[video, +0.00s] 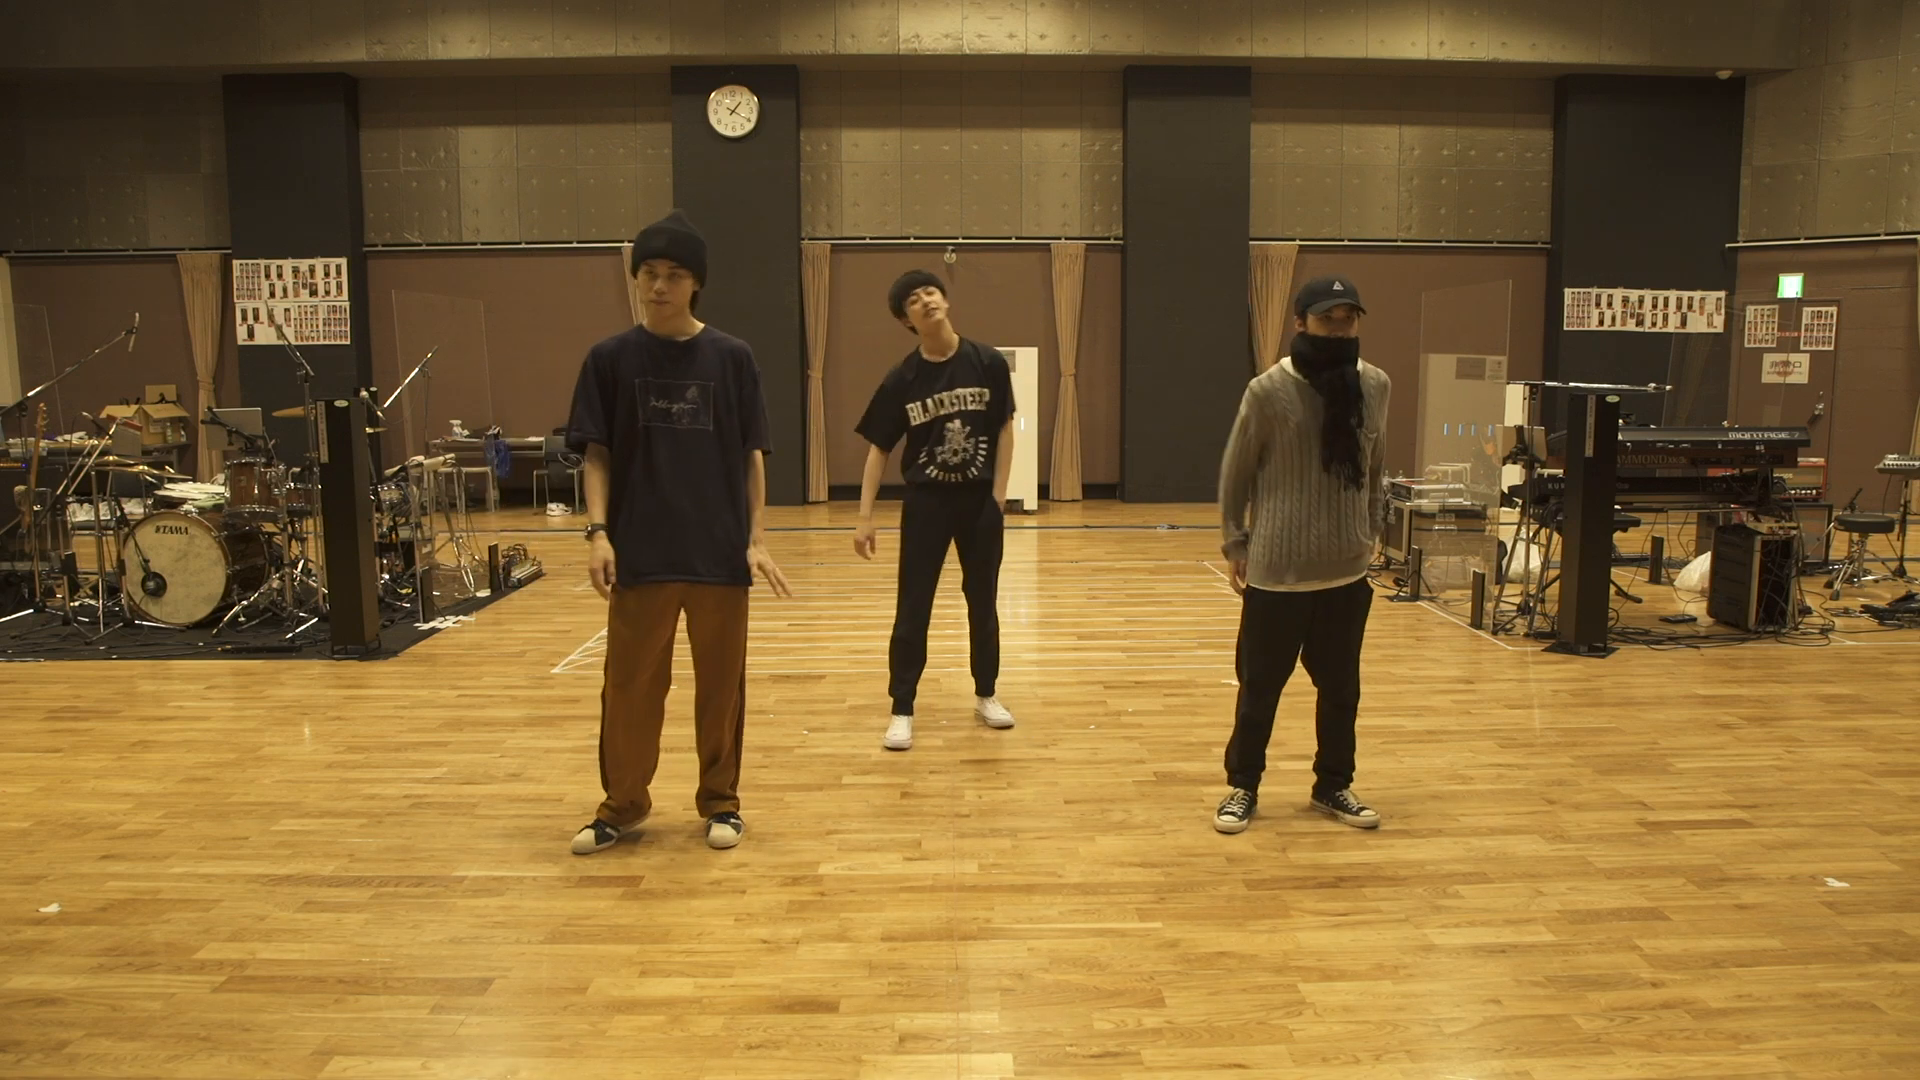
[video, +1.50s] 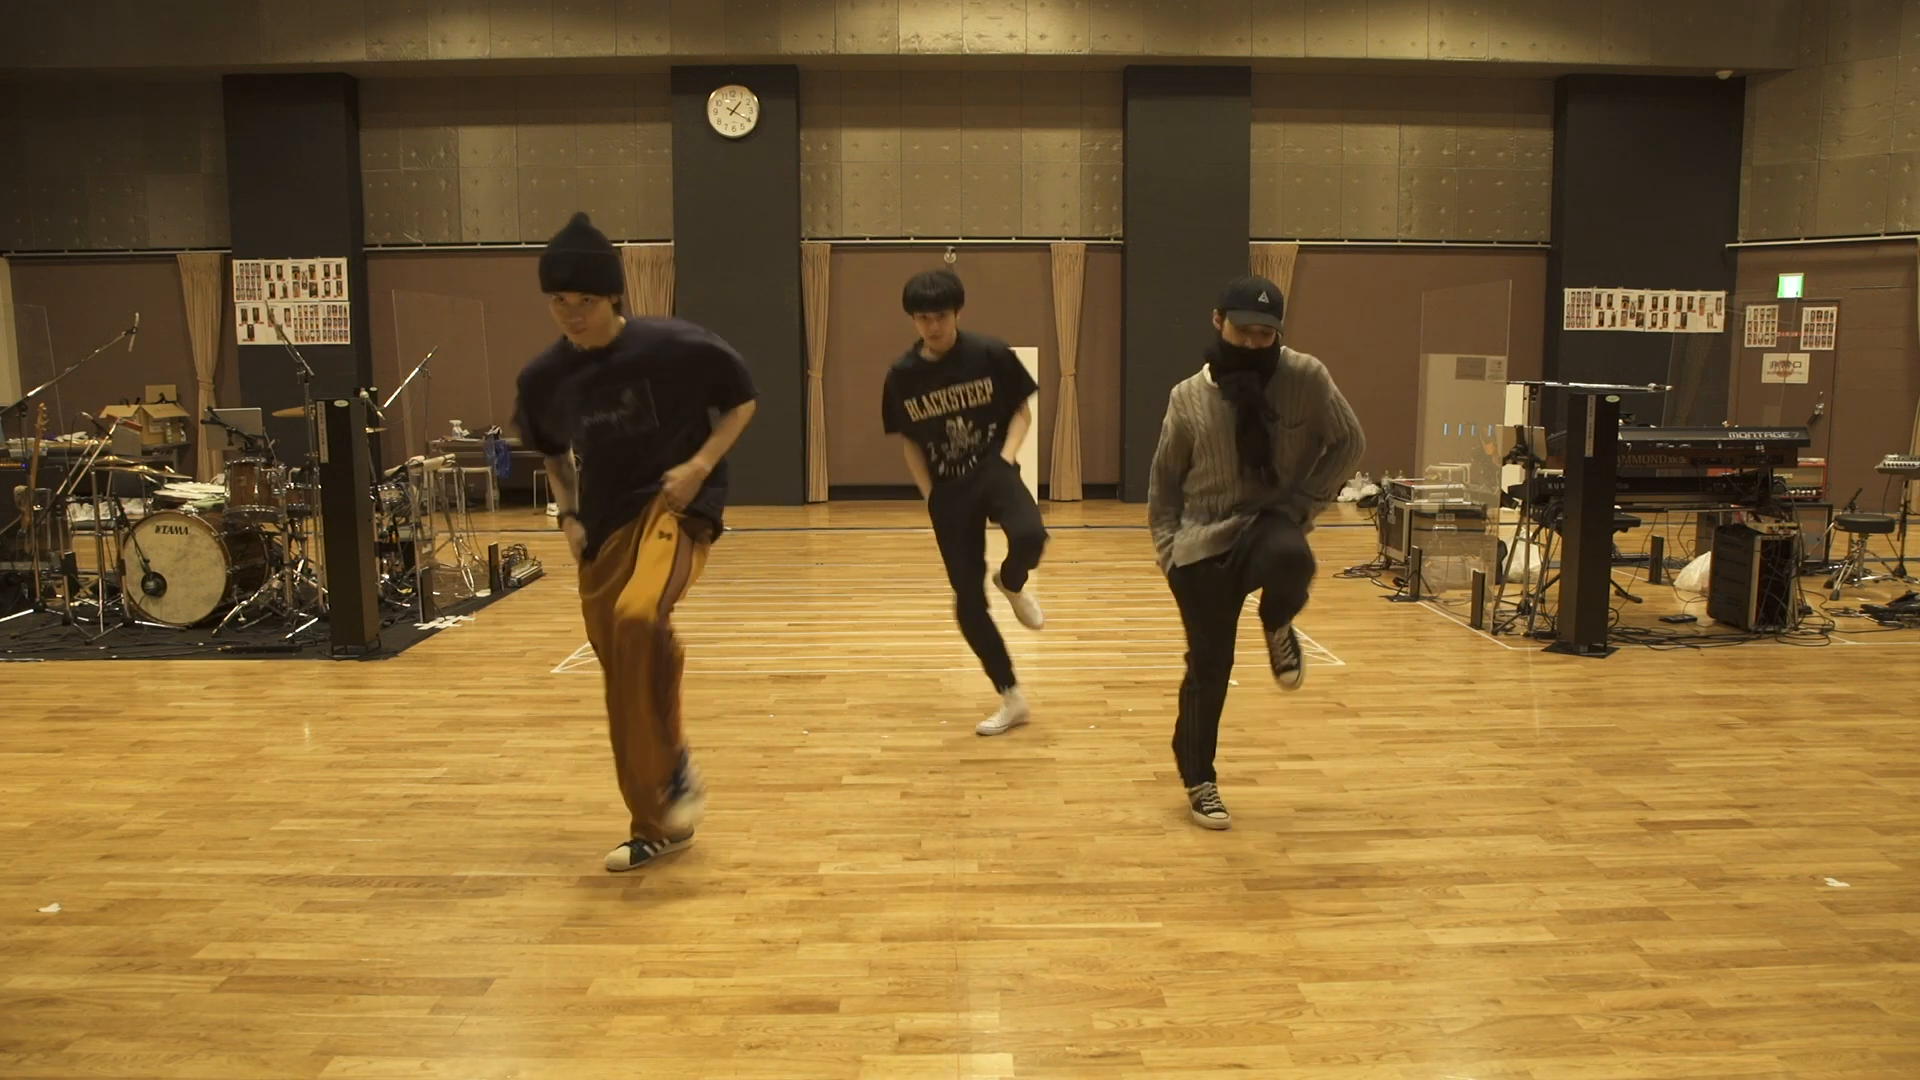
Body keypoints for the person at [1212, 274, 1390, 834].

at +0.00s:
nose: (1342, 326)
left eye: (1350, 316)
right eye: (1329, 316)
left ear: (1360, 322)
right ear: (1302, 322)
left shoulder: (1374, 387)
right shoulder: (1267, 390)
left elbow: (1376, 467)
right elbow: (1236, 469)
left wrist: (1373, 530)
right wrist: (1235, 539)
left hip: (1346, 571)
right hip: (1276, 573)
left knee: (1341, 690)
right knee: (1259, 689)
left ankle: (1333, 788)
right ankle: (1243, 789)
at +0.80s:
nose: (1303, 337)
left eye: (1313, 327)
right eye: (1291, 326)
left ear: (1325, 332)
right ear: (1266, 328)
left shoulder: (1340, 402)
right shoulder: (1226, 393)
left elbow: (1352, 489)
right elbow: (1209, 481)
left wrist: (1342, 563)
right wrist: (1211, 558)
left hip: (1311, 571)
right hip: (1239, 573)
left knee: (1327, 672)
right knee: (1243, 691)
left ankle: (1355, 719)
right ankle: (1257, 790)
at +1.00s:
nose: (1269, 363)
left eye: (1281, 353)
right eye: (1258, 351)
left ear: (1297, 353)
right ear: (1236, 347)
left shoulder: (1320, 415)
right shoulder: (1215, 409)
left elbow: (1367, 486)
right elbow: (1214, 496)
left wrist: (1318, 540)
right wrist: (1219, 565)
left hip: (1306, 558)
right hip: (1243, 566)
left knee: (1258, 643)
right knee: (1218, 686)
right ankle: (1274, 792)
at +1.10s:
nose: (1263, 380)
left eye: (1275, 371)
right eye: (1253, 367)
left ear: (1294, 371)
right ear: (1235, 362)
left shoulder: (1308, 431)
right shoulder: (1226, 415)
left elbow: (1353, 512)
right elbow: (1235, 503)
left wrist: (1298, 569)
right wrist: (1231, 575)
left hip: (1287, 590)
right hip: (1244, 587)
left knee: (1272, 714)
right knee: (1212, 692)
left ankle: (1331, 857)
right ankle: (1277, 803)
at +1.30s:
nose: (1249, 372)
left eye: (1263, 363)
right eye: (1240, 359)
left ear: (1282, 365)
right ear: (1223, 353)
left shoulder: (1299, 421)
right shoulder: (1200, 410)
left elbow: (1338, 500)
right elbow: (1201, 498)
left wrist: (1286, 561)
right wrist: (1209, 568)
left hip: (1281, 578)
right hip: (1225, 579)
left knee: (1287, 695)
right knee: (1213, 703)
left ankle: (1333, 825)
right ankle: (1280, 805)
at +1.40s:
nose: (1251, 350)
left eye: (1265, 340)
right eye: (1241, 336)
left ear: (1281, 340)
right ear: (1222, 329)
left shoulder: (1306, 388)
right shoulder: (1186, 397)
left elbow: (1350, 463)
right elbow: (1178, 480)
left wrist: (1301, 522)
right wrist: (1193, 547)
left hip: (1283, 534)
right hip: (1215, 544)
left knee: (1261, 600)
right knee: (1195, 677)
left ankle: (1313, 722)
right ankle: (1261, 772)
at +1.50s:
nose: (1254, 342)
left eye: (1265, 332)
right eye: (1244, 330)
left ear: (1279, 332)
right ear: (1219, 324)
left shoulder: (1305, 377)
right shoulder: (1189, 398)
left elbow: (1348, 441)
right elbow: (1164, 479)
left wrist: (1305, 504)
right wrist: (1168, 547)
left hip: (1270, 521)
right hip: (1203, 535)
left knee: (1291, 562)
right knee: (1209, 666)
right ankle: (1200, 779)